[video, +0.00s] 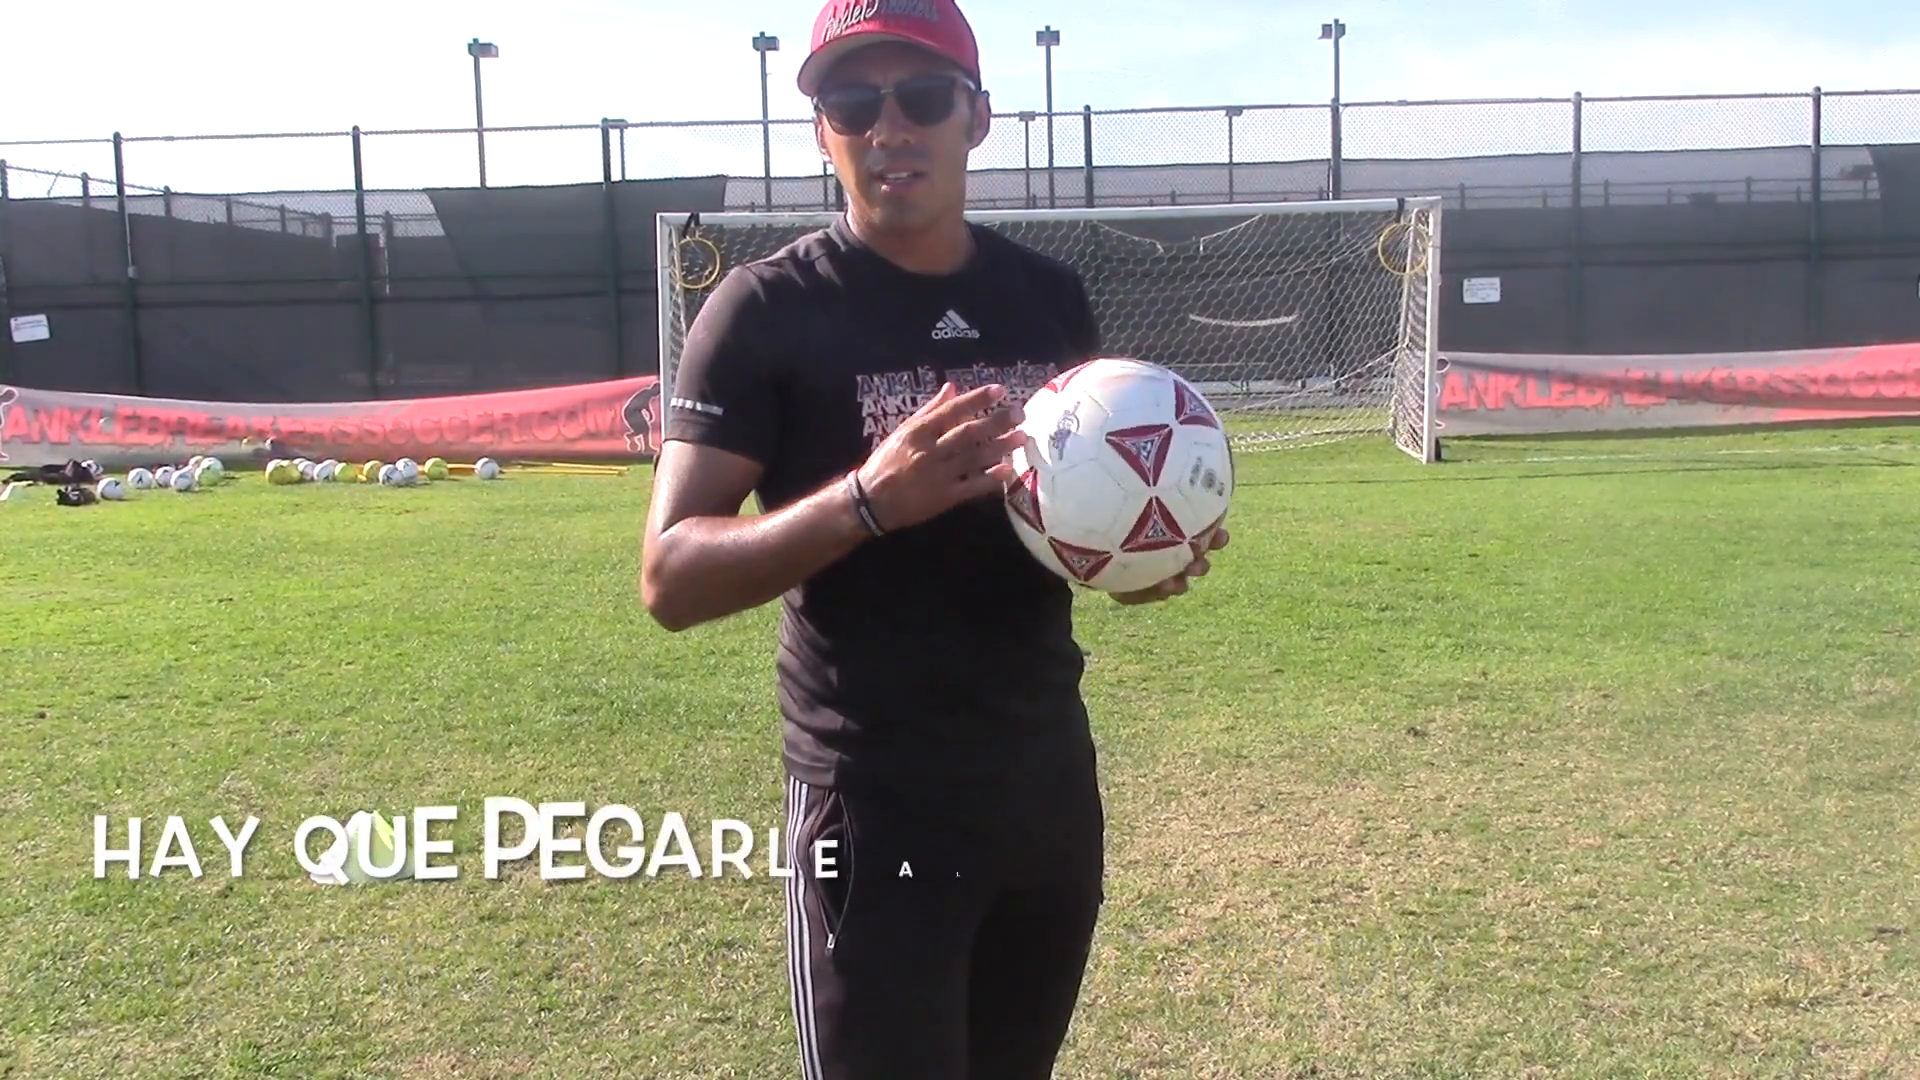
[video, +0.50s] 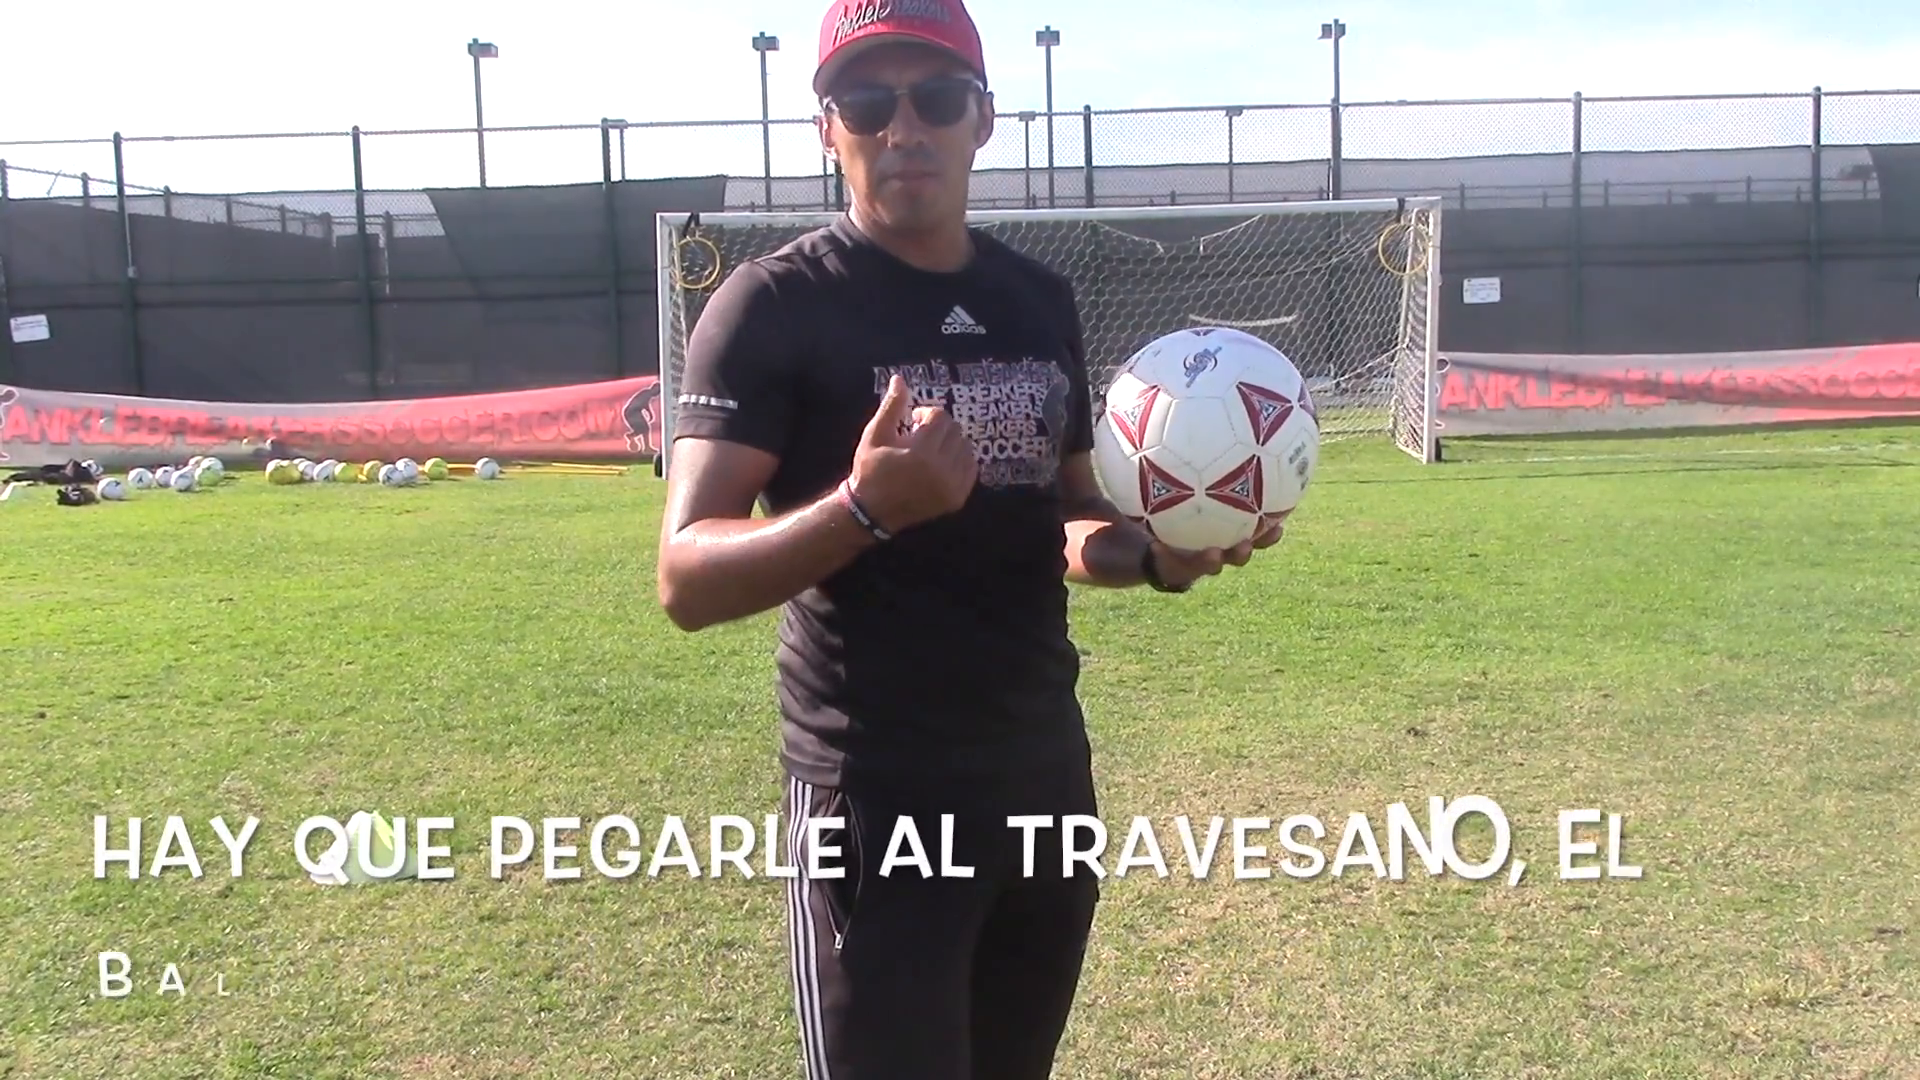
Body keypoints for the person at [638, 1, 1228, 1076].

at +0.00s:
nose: (890, 131)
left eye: (922, 100)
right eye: (857, 105)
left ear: (976, 117)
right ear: (822, 133)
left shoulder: (1047, 297)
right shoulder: (762, 310)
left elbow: (1089, 499)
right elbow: (672, 581)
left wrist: (1162, 537)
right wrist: (870, 499)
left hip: (1045, 779)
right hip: (869, 793)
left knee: (1014, 1064)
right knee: (883, 1062)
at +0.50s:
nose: (906, 130)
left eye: (937, 100)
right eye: (870, 102)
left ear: (983, 122)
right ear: (828, 129)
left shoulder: (1039, 296)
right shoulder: (767, 305)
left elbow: (1075, 524)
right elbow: (687, 585)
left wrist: (1156, 552)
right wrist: (862, 510)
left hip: (1040, 769)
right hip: (866, 784)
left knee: (1011, 1062)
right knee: (886, 1063)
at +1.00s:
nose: (901, 133)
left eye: (932, 101)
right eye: (866, 105)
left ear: (977, 120)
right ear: (825, 133)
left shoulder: (1040, 298)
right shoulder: (764, 309)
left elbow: (1069, 531)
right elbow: (683, 581)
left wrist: (1146, 553)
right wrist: (900, 537)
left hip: (1041, 770)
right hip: (864, 782)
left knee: (1013, 1063)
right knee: (884, 1063)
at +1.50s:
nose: (894, 134)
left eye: (925, 102)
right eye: (859, 108)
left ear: (972, 120)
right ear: (820, 136)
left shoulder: (1035, 299)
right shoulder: (761, 312)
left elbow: (1063, 530)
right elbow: (677, 581)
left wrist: (1135, 553)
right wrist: (897, 546)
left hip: (1043, 770)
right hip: (868, 784)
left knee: (1016, 1064)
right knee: (884, 1062)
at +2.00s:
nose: (911, 134)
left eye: (944, 102)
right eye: (876, 104)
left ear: (986, 124)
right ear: (830, 131)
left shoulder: (1046, 300)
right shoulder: (765, 305)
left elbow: (1080, 539)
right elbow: (661, 571)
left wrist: (1142, 556)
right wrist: (802, 526)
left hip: (1042, 764)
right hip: (868, 775)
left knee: (1017, 1063)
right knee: (881, 1060)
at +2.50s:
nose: (911, 135)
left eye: (942, 102)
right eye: (874, 105)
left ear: (985, 120)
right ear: (832, 132)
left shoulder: (1043, 299)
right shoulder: (772, 306)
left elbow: (1067, 509)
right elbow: (678, 575)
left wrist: (1167, 535)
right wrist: (916, 560)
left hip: (1045, 759)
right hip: (874, 772)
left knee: (1018, 1062)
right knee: (888, 1062)